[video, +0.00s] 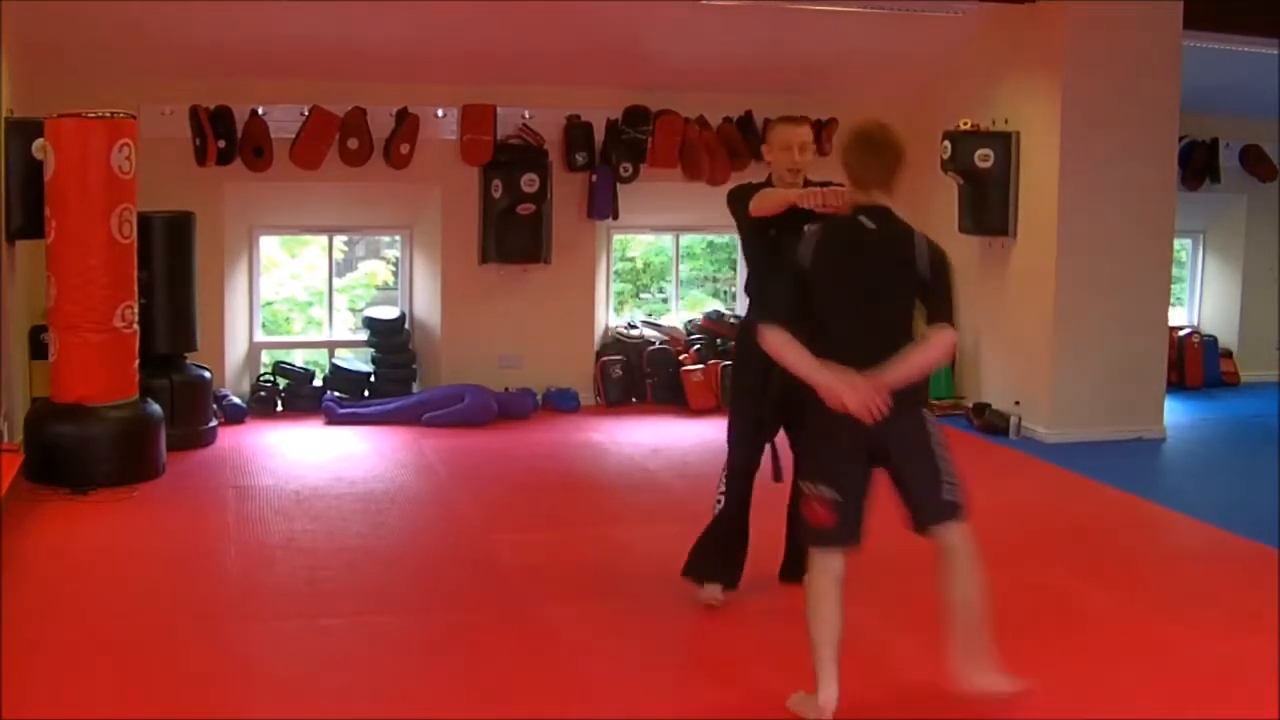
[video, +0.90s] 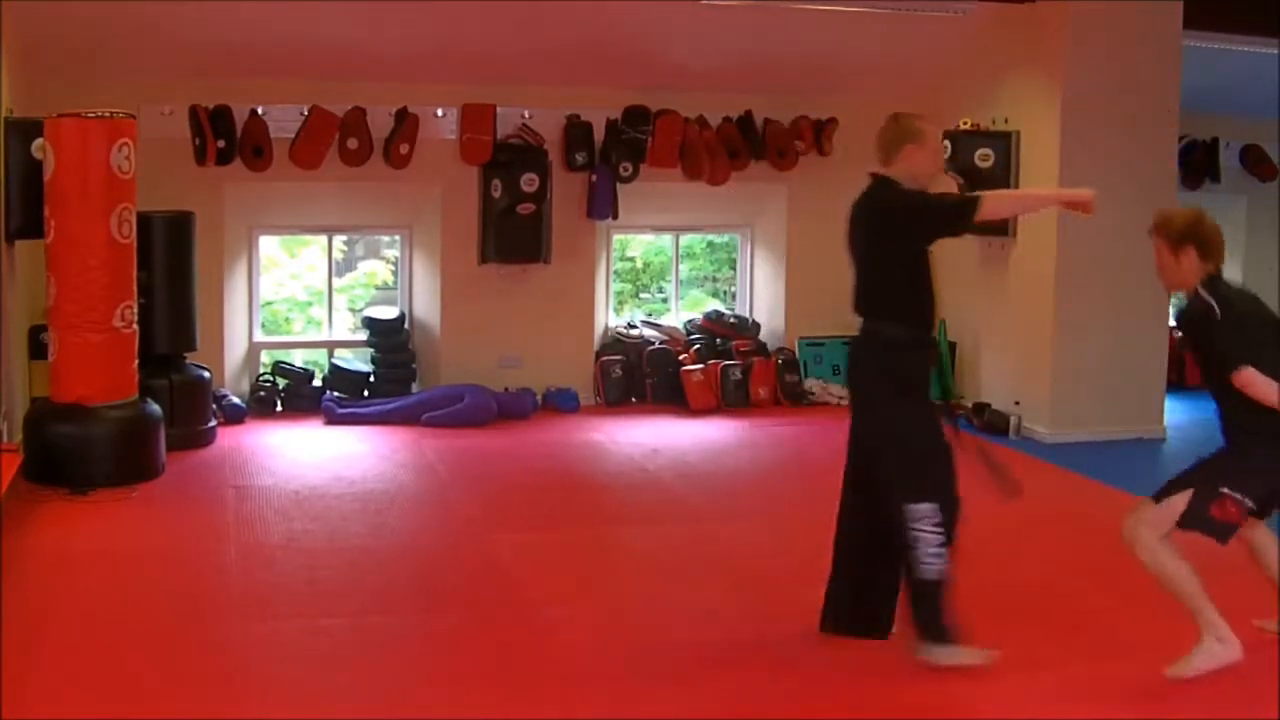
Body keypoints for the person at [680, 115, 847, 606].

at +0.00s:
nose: (794, 157)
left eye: (802, 149)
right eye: (784, 149)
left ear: (815, 152)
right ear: (765, 154)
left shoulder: (832, 197)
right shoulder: (747, 195)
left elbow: (876, 208)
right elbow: (751, 206)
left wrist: (849, 201)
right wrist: (802, 197)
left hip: (819, 342)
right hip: (762, 340)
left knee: (812, 457)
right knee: (742, 460)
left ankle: (801, 561)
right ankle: (716, 570)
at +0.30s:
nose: (802, 163)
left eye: (806, 154)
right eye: (792, 153)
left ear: (808, 158)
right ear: (762, 154)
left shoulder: (809, 199)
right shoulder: (737, 202)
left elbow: (846, 208)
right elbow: (791, 211)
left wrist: (874, 210)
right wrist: (866, 205)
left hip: (808, 351)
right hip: (757, 351)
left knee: (825, 461)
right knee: (738, 471)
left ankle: (804, 559)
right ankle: (718, 591)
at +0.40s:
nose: (819, 162)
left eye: (821, 153)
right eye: (810, 152)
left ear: (817, 156)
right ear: (776, 152)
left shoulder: (815, 204)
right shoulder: (754, 202)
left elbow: (871, 208)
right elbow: (830, 202)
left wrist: (926, 198)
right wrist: (917, 196)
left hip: (814, 352)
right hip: (765, 351)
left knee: (839, 464)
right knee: (740, 473)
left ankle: (821, 577)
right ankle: (717, 592)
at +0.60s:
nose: (862, 175)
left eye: (861, 165)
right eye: (855, 164)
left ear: (827, 168)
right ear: (823, 166)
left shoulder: (827, 216)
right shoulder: (808, 218)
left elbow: (897, 219)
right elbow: (897, 220)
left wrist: (967, 216)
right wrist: (978, 212)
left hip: (843, 376)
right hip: (807, 373)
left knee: (861, 488)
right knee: (769, 478)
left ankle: (853, 608)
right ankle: (717, 583)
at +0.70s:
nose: (886, 173)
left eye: (886, 163)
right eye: (880, 162)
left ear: (845, 165)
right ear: (851, 164)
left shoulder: (834, 215)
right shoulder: (838, 217)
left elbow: (917, 222)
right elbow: (924, 218)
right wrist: (1008, 213)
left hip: (857, 378)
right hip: (838, 378)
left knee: (873, 495)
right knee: (826, 495)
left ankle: (858, 614)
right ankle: (751, 578)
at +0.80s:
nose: (910, 165)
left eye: (910, 156)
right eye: (905, 155)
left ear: (869, 158)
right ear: (878, 157)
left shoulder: (848, 207)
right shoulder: (865, 209)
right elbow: (954, 212)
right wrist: (1033, 204)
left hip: (860, 359)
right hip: (870, 364)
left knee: (865, 482)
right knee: (886, 487)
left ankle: (833, 590)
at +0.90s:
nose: (941, 156)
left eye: (940, 147)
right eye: (936, 147)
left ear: (897, 152)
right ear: (910, 151)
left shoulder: (880, 203)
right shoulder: (890, 205)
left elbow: (961, 213)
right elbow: (974, 207)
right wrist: (1057, 196)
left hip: (881, 356)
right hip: (894, 361)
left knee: (875, 484)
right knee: (926, 486)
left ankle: (851, 611)